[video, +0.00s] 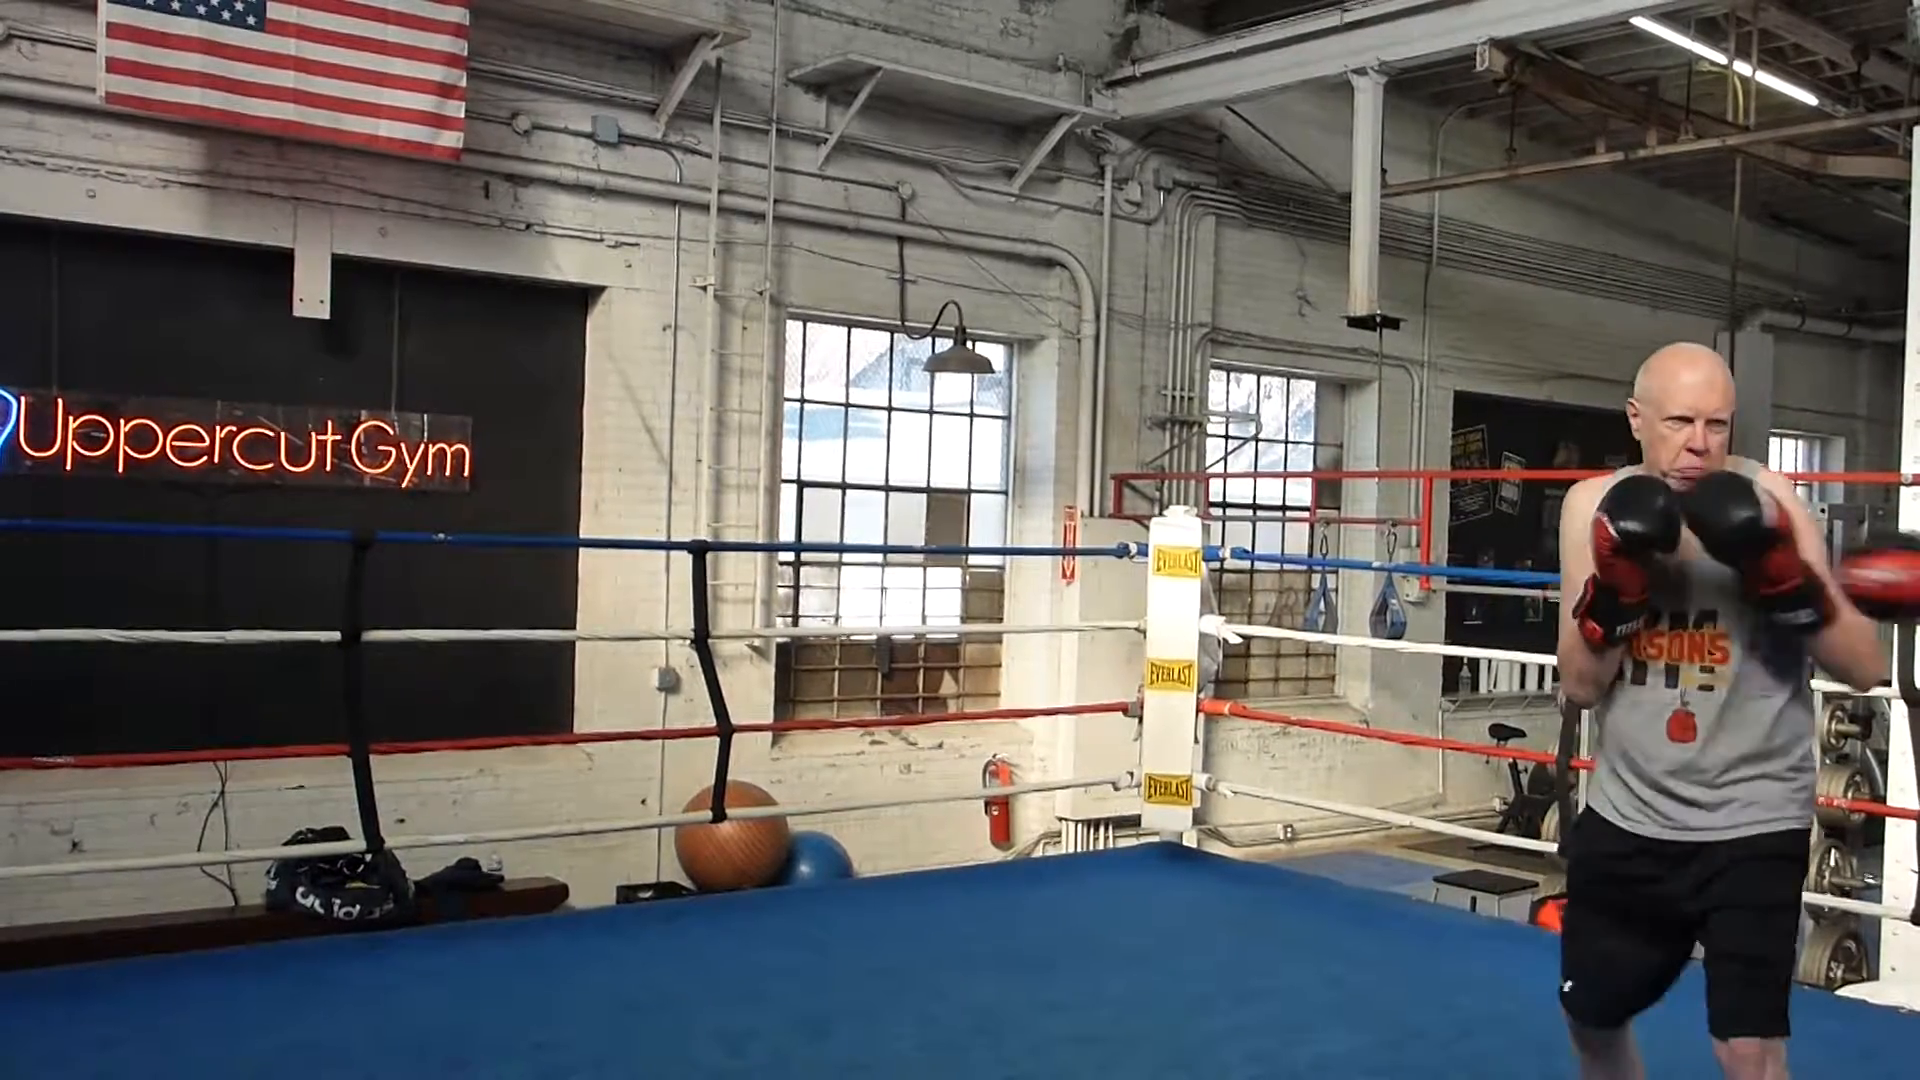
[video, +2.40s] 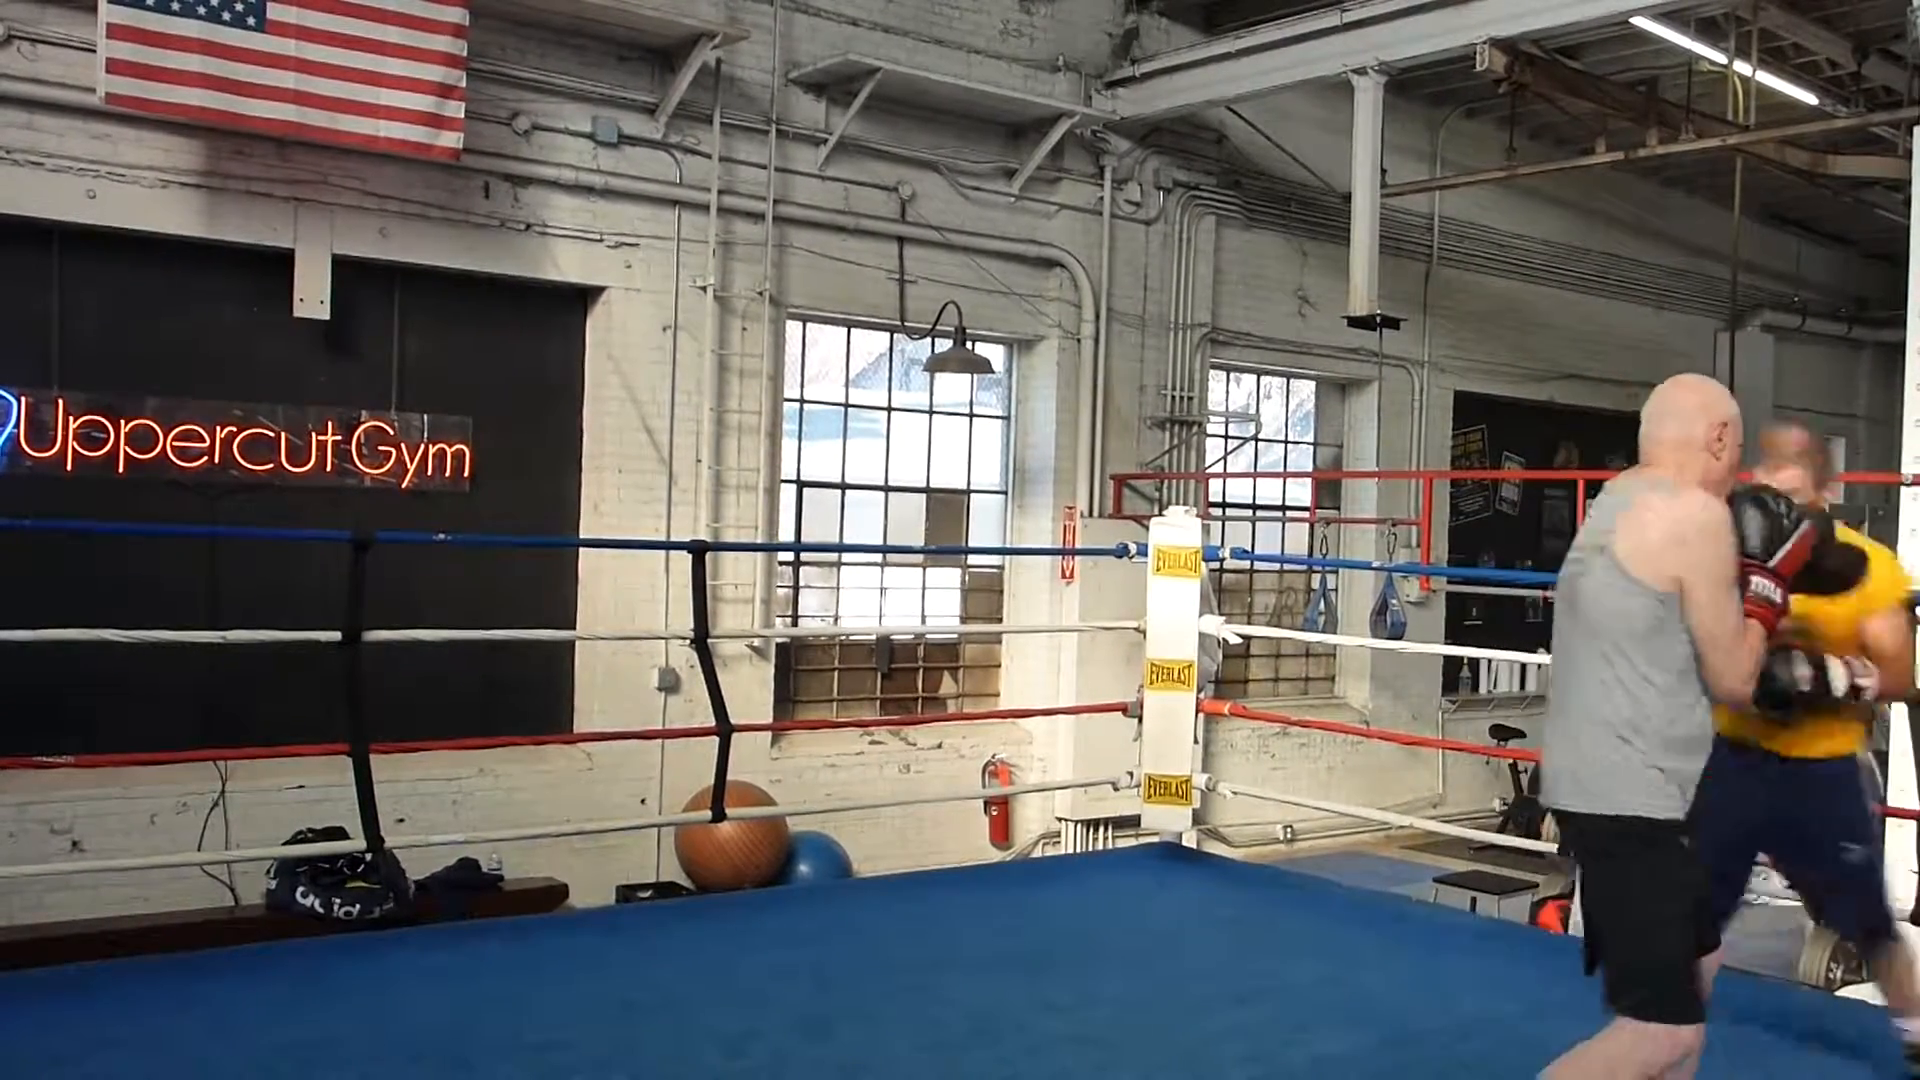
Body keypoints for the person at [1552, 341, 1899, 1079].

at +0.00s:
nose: (1700, 441)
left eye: (1717, 423)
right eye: (1680, 420)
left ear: (1735, 425)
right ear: (1637, 418)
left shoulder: (1773, 500)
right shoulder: (1592, 503)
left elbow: (1870, 669)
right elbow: (1579, 684)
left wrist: (1792, 582)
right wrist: (1614, 600)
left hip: (1757, 809)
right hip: (1629, 804)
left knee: (1747, 1045)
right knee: (1591, 1016)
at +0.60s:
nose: (1623, 446)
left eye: (1640, 426)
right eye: (1603, 426)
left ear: (1663, 424)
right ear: (1569, 425)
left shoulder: (1707, 491)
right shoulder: (1540, 514)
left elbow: (1768, 667)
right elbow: (1538, 689)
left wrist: (1682, 577)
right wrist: (1556, 609)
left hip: (1718, 814)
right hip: (1592, 809)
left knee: (1729, 1047)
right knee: (1540, 1009)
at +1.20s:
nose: (1728, 432)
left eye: (1737, 415)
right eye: (1709, 413)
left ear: (1746, 420)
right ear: (1645, 414)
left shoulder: (1759, 509)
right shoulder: (1578, 499)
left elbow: (1781, 688)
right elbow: (1567, 674)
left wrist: (1756, 576)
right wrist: (1634, 578)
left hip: (1728, 835)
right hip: (1587, 828)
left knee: (1761, 1055)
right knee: (1541, 1026)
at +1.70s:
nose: (1739, 466)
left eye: (1741, 447)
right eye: (1731, 441)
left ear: (1672, 426)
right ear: (1675, 422)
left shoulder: (1659, 538)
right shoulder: (1593, 508)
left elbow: (1702, 682)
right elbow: (1635, 690)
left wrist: (1752, 581)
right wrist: (1720, 581)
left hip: (1660, 831)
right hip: (1565, 827)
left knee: (1743, 1038)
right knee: (1535, 1058)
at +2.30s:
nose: (1715, 474)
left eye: (1719, 456)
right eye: (1717, 452)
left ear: (1631, 431)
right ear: (1688, 434)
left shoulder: (1593, 501)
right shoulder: (1648, 513)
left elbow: (1655, 657)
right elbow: (1693, 679)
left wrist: (1732, 593)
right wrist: (1737, 588)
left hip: (1586, 799)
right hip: (1599, 810)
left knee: (1676, 967)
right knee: (1586, 1038)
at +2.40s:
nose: (1736, 464)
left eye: (1736, 450)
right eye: (1736, 447)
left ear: (1653, 434)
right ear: (1717, 437)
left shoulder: (1615, 499)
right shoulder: (1694, 515)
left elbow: (1660, 645)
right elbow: (1734, 679)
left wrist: (1744, 566)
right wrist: (1770, 584)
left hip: (1592, 787)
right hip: (1630, 799)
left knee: (1694, 962)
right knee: (1663, 1031)